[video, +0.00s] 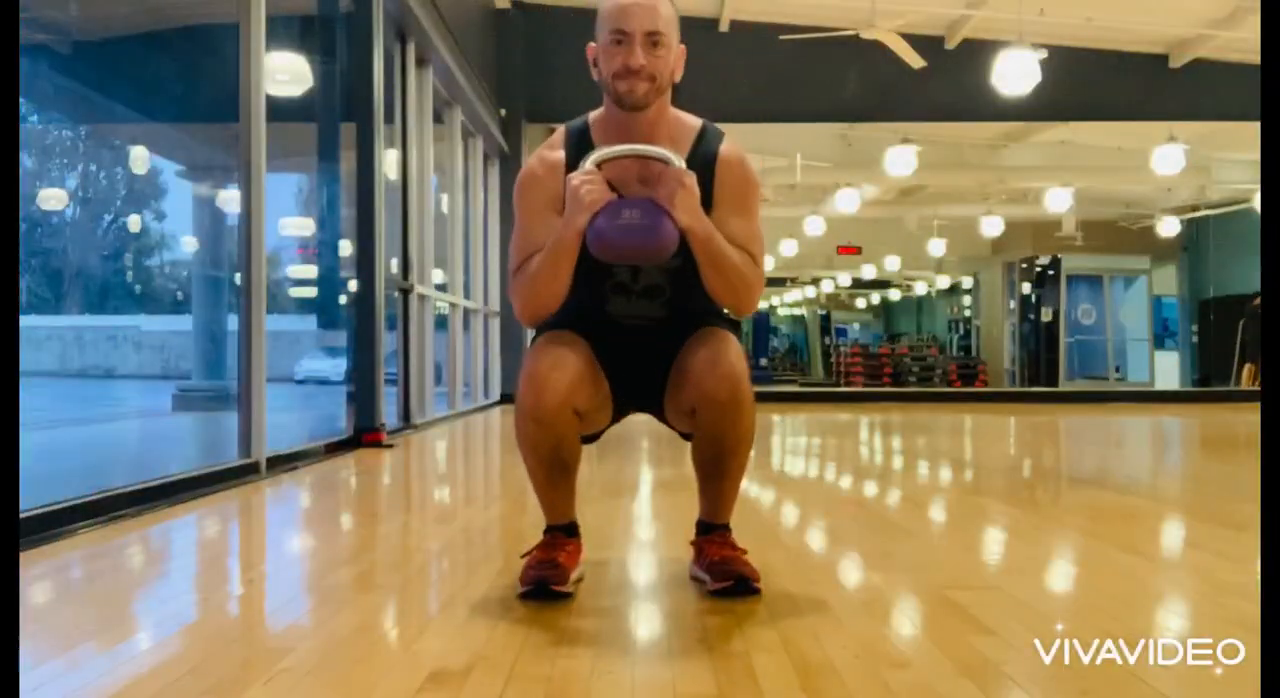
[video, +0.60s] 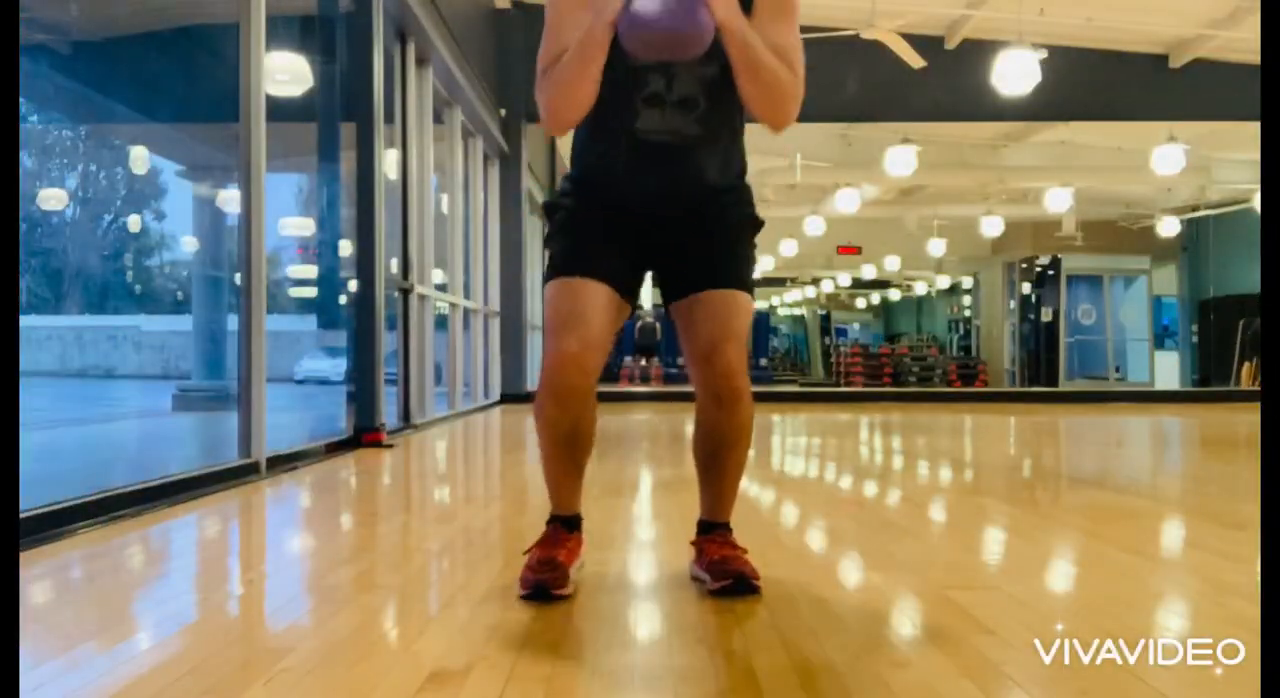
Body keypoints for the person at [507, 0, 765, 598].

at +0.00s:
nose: (635, 56)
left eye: (654, 42)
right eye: (618, 40)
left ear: (679, 59)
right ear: (593, 57)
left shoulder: (721, 159)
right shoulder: (549, 166)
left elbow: (744, 297)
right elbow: (530, 308)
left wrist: (694, 216)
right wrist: (571, 221)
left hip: (685, 353)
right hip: (587, 353)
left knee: (725, 372)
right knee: (543, 379)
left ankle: (716, 538)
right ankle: (558, 538)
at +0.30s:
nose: (643, 2)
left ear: (688, 9)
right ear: (604, 7)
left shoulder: (732, 110)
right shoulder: (556, 110)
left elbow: (748, 247)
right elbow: (529, 252)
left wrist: (697, 158)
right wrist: (576, 165)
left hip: (693, 298)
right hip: (590, 297)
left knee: (718, 380)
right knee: (553, 386)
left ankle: (715, 538)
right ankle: (559, 537)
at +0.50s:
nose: (663, 3)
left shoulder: (751, 22)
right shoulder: (571, 20)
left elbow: (766, 158)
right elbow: (542, 160)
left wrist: (714, 59)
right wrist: (596, 60)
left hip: (701, 236)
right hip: (597, 233)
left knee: (721, 378)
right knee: (556, 383)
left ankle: (714, 537)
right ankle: (559, 535)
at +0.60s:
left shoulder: (763, 1)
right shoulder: (577, 2)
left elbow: (780, 108)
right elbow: (556, 114)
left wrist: (726, 14)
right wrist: (604, 14)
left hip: (709, 205)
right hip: (601, 202)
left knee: (726, 377)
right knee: (566, 366)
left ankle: (715, 537)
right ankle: (562, 528)